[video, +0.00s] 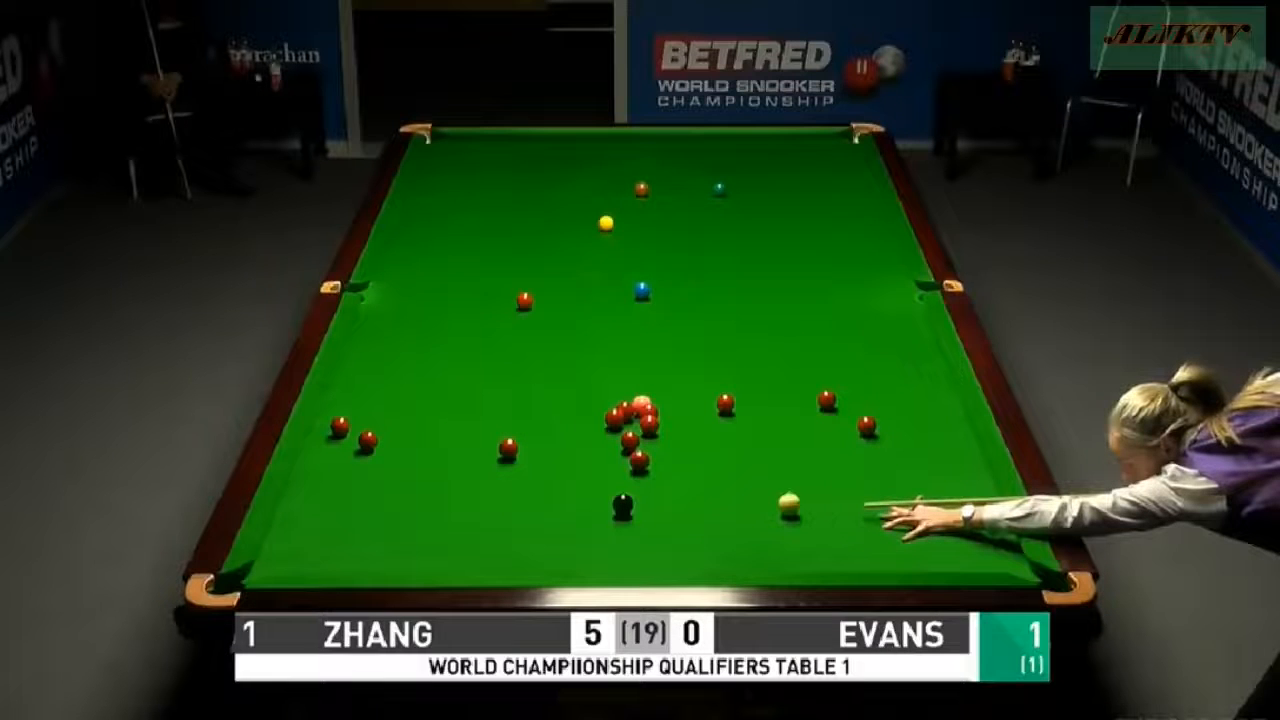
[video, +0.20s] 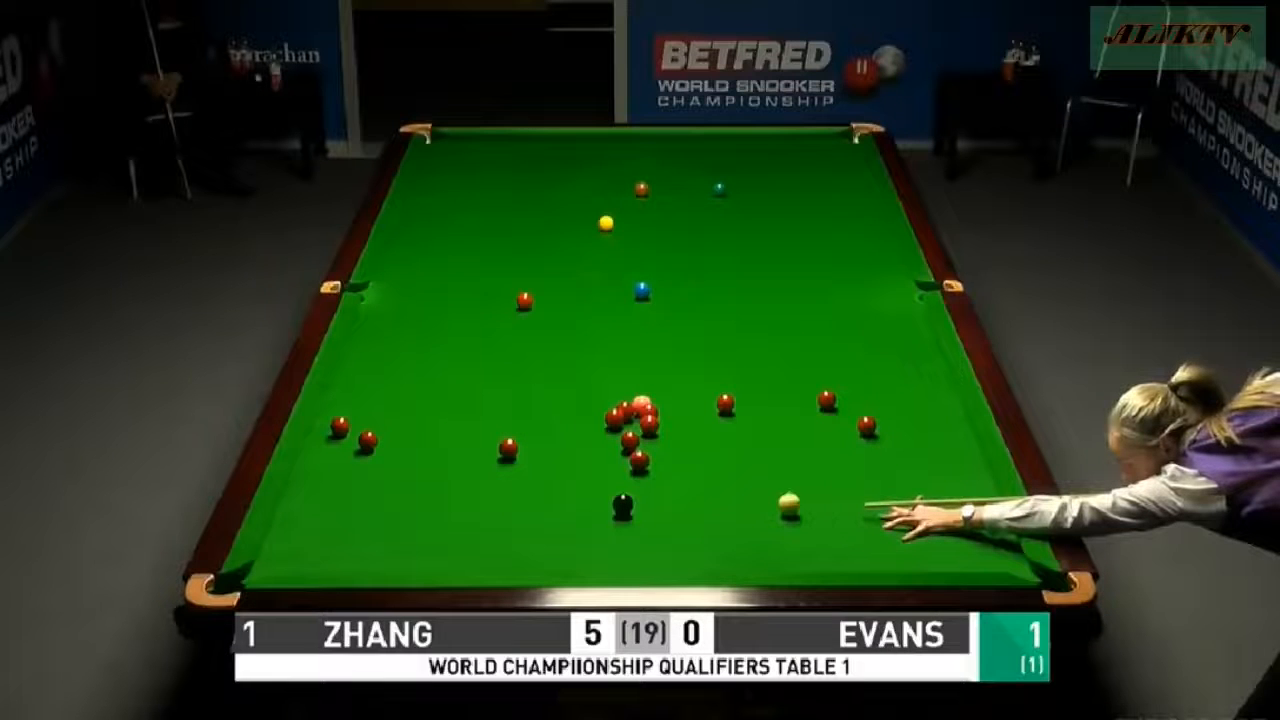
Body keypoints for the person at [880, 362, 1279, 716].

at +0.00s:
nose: (1124, 477)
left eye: (1127, 464)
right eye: (1120, 464)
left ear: (1165, 447)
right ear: (1177, 432)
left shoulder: (1189, 483)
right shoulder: (1257, 400)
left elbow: (1075, 512)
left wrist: (961, 516)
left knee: (1256, 709)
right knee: (1256, 704)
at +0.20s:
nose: (1124, 478)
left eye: (1127, 464)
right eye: (1120, 464)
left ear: (1164, 448)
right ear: (1180, 429)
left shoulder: (1190, 483)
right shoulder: (1258, 398)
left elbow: (1075, 512)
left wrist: (962, 516)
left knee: (1255, 710)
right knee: (1255, 706)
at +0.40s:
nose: (1124, 477)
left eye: (1126, 463)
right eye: (1120, 464)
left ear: (1163, 447)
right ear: (1179, 429)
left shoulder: (1189, 482)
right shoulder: (1256, 399)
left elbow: (1075, 513)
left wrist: (961, 516)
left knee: (1255, 710)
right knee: (1256, 705)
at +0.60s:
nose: (1123, 476)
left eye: (1126, 463)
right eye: (1120, 463)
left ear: (1163, 448)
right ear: (1181, 428)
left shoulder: (1189, 483)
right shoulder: (1256, 398)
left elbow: (1074, 513)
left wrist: (960, 516)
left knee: (1255, 710)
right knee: (1255, 705)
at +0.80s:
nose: (1122, 475)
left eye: (1125, 462)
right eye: (1119, 462)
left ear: (1162, 448)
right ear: (1180, 428)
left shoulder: (1188, 483)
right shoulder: (1255, 399)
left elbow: (1074, 513)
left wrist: (960, 516)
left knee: (1255, 709)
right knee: (1256, 705)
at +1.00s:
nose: (1122, 475)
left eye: (1125, 462)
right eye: (1118, 462)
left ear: (1162, 448)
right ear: (1180, 427)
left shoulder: (1188, 483)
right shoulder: (1256, 398)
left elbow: (1074, 513)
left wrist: (960, 516)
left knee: (1255, 709)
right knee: (1256, 705)